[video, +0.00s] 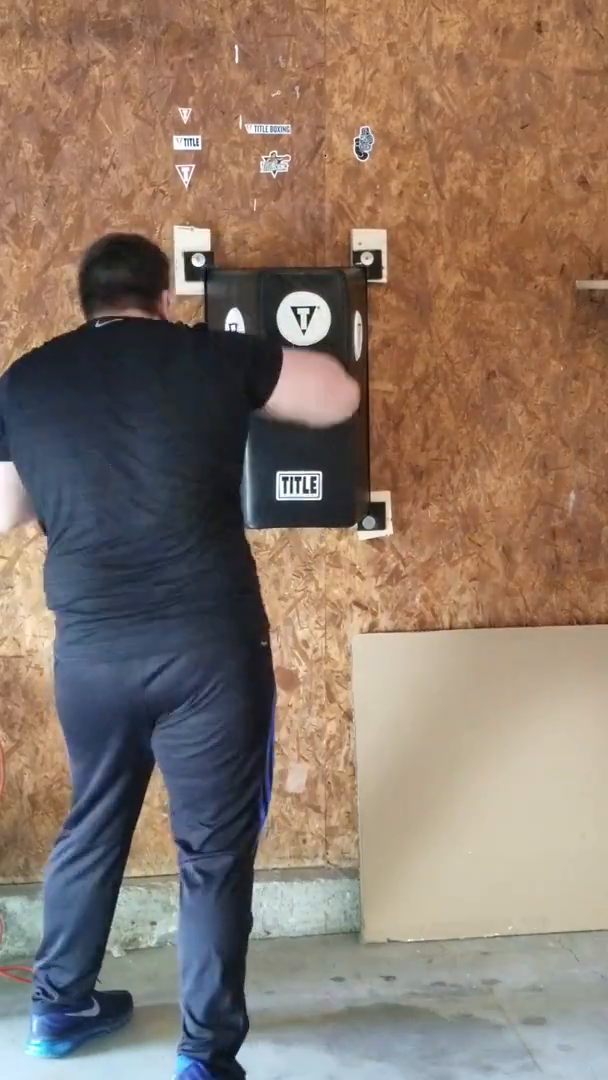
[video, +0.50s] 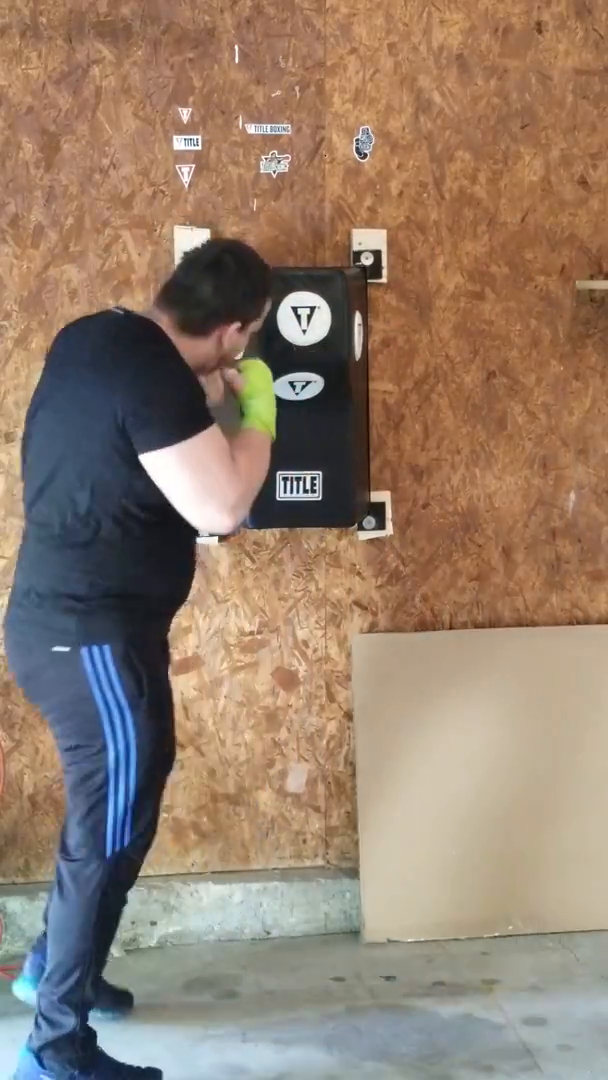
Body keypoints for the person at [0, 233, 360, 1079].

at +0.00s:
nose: (165, 300)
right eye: (166, 290)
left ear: (83, 303)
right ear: (164, 296)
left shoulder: (22, 381)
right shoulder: (214, 356)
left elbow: (17, 511)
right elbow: (338, 396)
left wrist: (81, 478)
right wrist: (246, 362)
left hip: (91, 651)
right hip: (209, 642)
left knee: (92, 820)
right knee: (213, 855)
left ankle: (60, 1004)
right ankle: (208, 1048)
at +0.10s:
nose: (199, 309)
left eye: (190, 298)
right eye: (199, 299)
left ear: (111, 293)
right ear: (188, 300)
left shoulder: (33, 374)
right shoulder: (213, 366)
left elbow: (12, 504)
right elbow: (306, 445)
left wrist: (81, 460)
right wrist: (244, 380)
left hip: (73, 646)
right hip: (178, 640)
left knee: (99, 812)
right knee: (209, 843)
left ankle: (60, 1004)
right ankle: (206, 1049)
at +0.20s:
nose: (229, 310)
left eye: (228, 299)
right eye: (230, 299)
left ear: (140, 280)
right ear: (216, 296)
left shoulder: (44, 349)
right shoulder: (205, 361)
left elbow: (2, 425)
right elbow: (285, 467)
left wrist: (77, 394)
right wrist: (253, 377)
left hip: (58, 637)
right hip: (155, 640)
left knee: (104, 808)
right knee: (203, 838)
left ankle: (63, 1004)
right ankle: (204, 1048)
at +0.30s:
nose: (238, 319)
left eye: (236, 307)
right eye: (240, 307)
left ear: (157, 278)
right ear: (224, 305)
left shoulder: (83, 332)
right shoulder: (183, 364)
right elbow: (266, 466)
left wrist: (207, 369)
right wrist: (250, 369)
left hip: (46, 623)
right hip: (126, 634)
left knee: (99, 798)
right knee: (197, 822)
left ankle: (65, 1002)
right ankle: (168, 1042)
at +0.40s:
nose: (239, 322)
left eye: (242, 310)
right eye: (242, 309)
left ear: (168, 271)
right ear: (224, 305)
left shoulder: (99, 325)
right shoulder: (152, 362)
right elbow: (233, 481)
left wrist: (205, 355)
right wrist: (253, 389)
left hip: (52, 612)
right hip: (109, 624)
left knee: (105, 801)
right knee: (162, 818)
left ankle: (59, 1002)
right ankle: (87, 1033)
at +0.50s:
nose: (243, 348)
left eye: (248, 336)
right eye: (248, 333)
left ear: (174, 290)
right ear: (226, 325)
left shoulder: (93, 340)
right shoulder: (143, 371)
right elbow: (223, 507)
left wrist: (211, 406)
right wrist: (259, 420)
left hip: (90, 617)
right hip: (90, 627)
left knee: (132, 780)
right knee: (113, 822)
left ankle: (58, 962)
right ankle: (59, 1041)